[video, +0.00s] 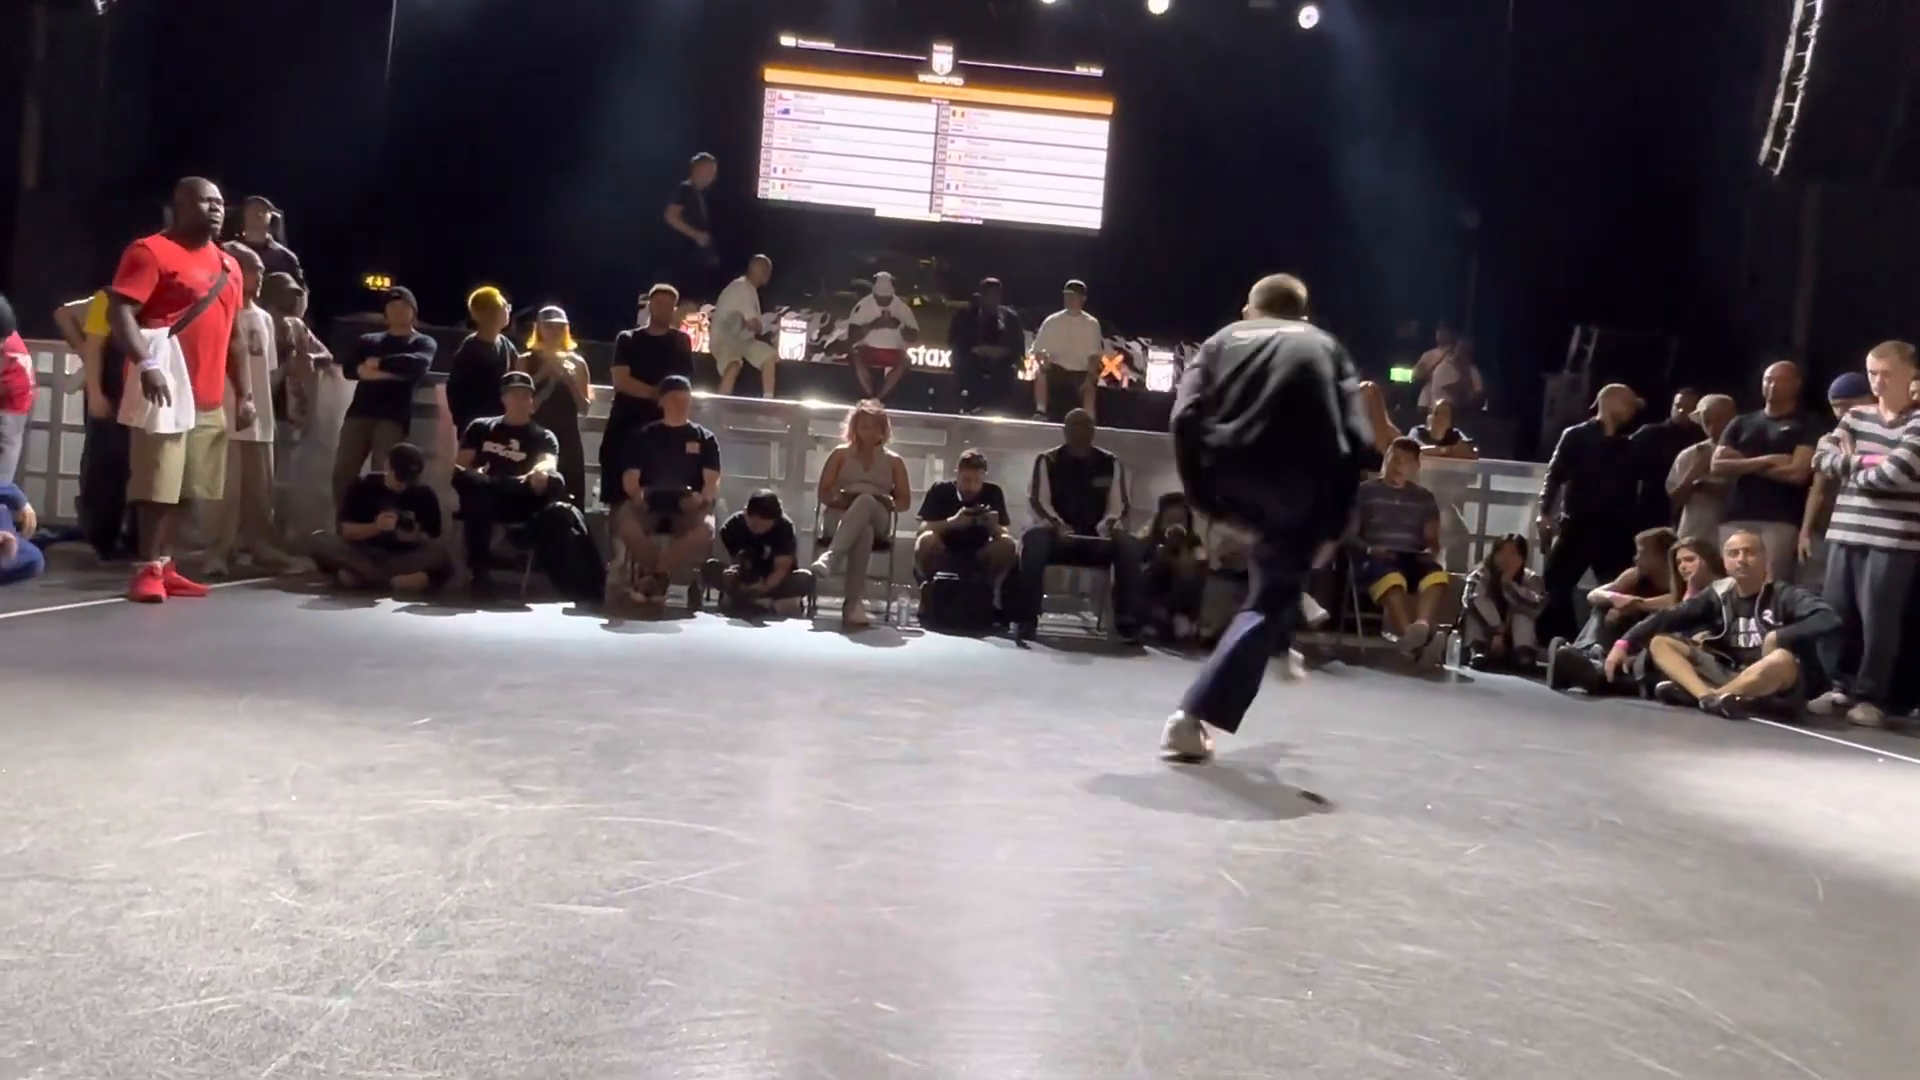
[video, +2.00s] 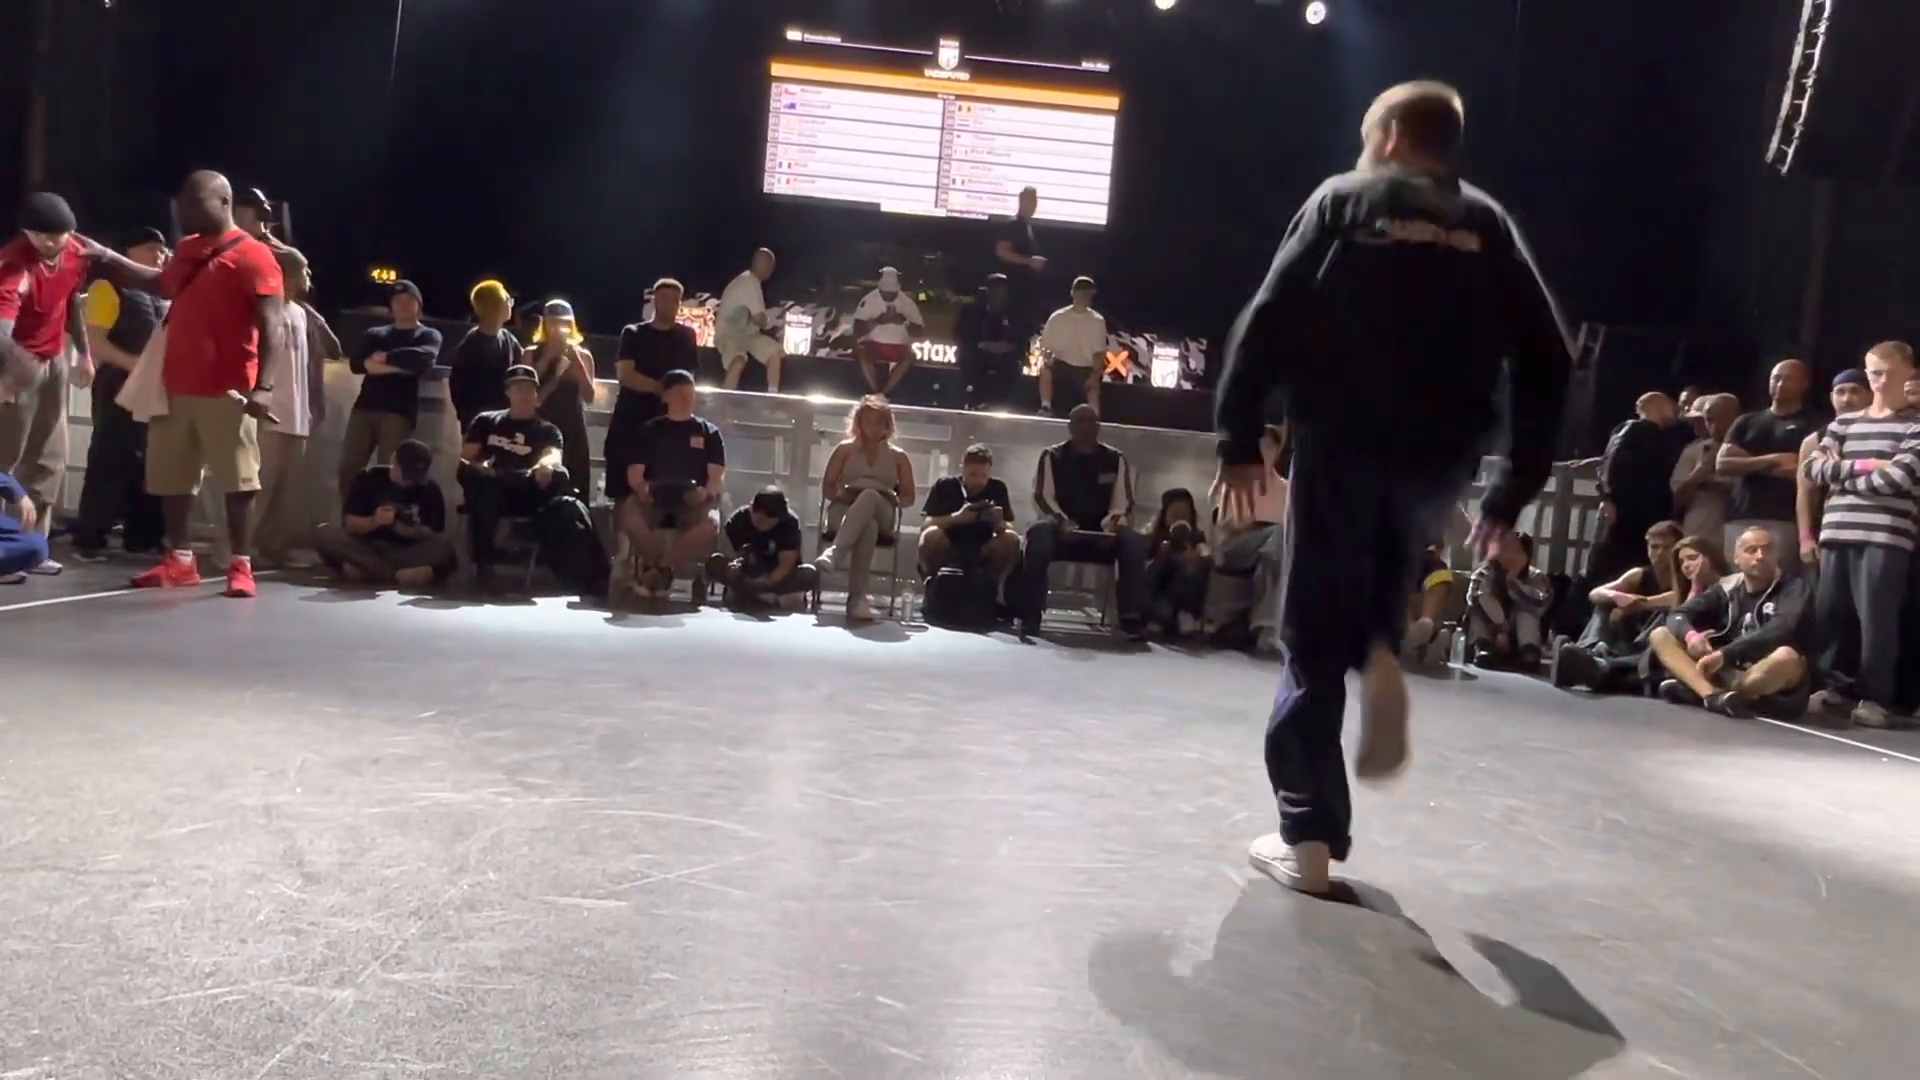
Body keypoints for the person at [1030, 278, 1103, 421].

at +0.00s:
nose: (1070, 299)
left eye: (1074, 295)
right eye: (1068, 295)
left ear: (1083, 298)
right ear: (1064, 297)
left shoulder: (1092, 324)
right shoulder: (1052, 321)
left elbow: (1095, 355)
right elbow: (1038, 348)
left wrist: (1090, 379)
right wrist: (1043, 361)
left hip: (1081, 370)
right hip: (1057, 368)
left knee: (1090, 384)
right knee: (1041, 373)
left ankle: (1089, 420)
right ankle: (1040, 411)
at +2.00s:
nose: (1083, 296)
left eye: (1086, 292)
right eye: (1079, 291)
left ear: (1091, 295)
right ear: (1072, 293)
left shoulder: (1097, 321)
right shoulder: (1058, 317)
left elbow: (1099, 352)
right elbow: (1045, 345)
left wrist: (1095, 375)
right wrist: (1046, 359)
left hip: (1086, 366)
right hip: (1061, 363)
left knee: (1094, 382)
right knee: (1045, 371)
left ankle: (1094, 418)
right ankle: (1045, 407)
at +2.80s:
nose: (1087, 300)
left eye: (1090, 297)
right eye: (1083, 296)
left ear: (1094, 299)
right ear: (1075, 296)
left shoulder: (1099, 323)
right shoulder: (1060, 319)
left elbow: (1101, 355)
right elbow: (1045, 345)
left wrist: (1096, 378)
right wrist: (1048, 358)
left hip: (1087, 368)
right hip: (1063, 365)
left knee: (1095, 382)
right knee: (1046, 372)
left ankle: (1095, 418)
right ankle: (1046, 409)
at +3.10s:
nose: (1087, 300)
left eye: (1090, 296)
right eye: (1083, 295)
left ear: (1093, 298)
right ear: (1075, 296)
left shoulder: (1098, 323)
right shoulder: (1059, 319)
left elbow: (1100, 354)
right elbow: (1046, 346)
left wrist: (1095, 376)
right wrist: (1047, 359)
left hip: (1087, 367)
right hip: (1063, 364)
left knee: (1095, 381)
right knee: (1046, 371)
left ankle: (1094, 416)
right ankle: (1046, 408)